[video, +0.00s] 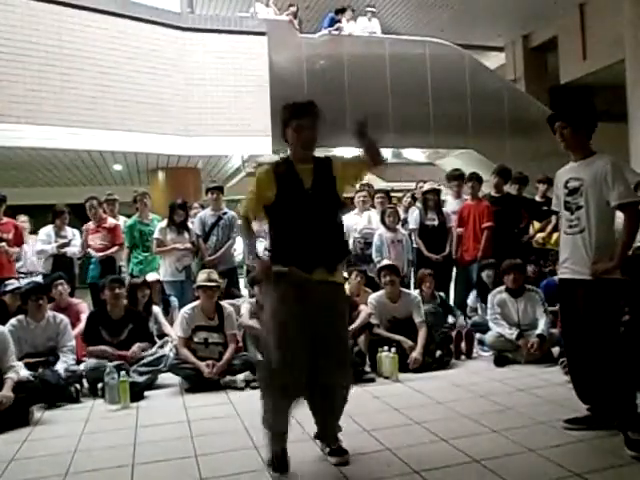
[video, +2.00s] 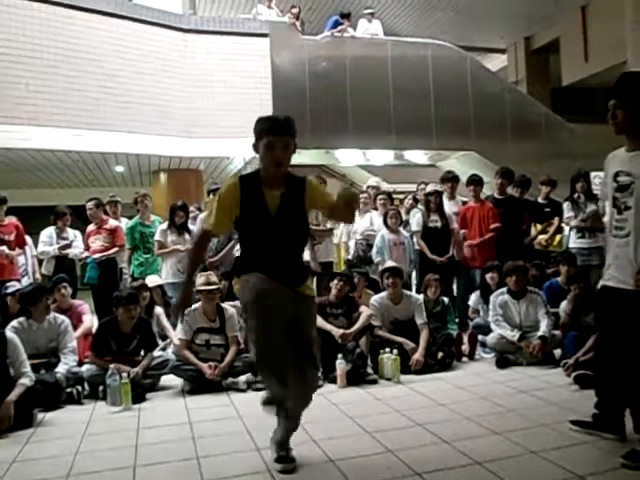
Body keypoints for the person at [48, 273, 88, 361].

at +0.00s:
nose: (60, 289)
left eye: (62, 285)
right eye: (56, 287)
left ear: (69, 289)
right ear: (51, 293)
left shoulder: (80, 305)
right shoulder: (49, 309)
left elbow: (83, 322)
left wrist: (71, 335)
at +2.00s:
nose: (62, 292)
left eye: (65, 287)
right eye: (58, 290)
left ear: (70, 290)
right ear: (53, 295)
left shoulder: (81, 306)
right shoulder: (51, 311)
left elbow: (88, 324)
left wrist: (72, 337)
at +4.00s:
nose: (65, 293)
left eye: (67, 288)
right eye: (60, 291)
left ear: (73, 291)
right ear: (56, 296)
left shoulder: (83, 307)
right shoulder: (53, 312)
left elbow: (90, 325)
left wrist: (74, 338)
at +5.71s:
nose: (65, 293)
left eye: (67, 289)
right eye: (61, 291)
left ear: (73, 291)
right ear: (57, 296)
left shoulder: (84, 307)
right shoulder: (54, 311)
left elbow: (90, 325)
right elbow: (51, 330)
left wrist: (75, 338)